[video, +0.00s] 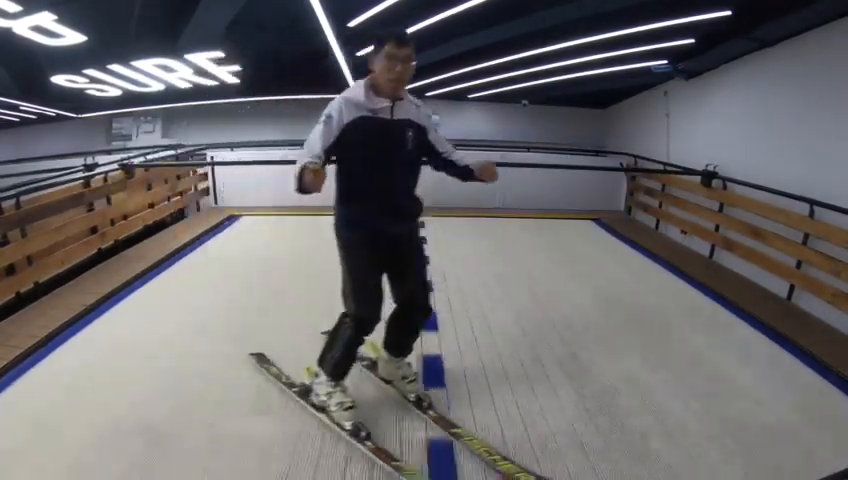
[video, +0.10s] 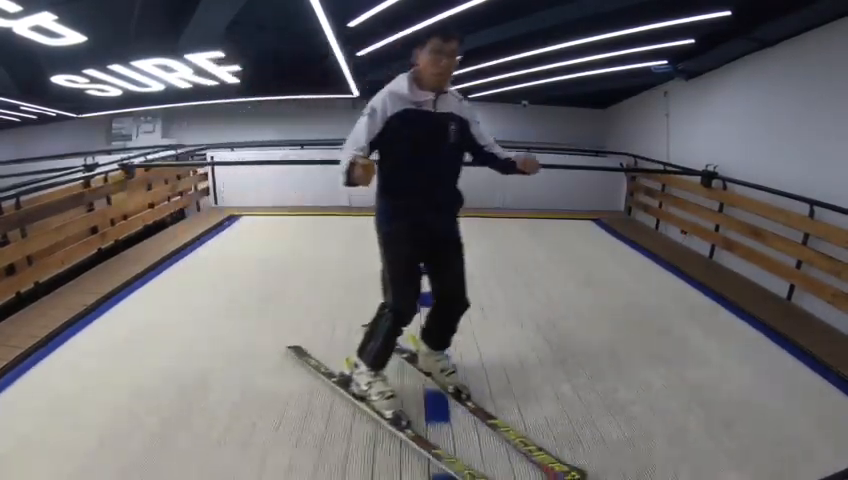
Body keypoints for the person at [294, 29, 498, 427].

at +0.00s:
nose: (400, 71)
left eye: (407, 63)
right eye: (392, 62)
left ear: (413, 67)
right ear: (373, 62)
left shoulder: (416, 114)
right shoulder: (346, 107)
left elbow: (441, 157)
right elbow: (312, 155)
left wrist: (473, 172)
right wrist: (310, 175)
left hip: (402, 224)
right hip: (357, 224)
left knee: (415, 303)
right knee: (364, 311)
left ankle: (392, 361)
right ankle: (326, 380)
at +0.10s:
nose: (445, 64)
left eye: (452, 57)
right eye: (438, 55)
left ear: (457, 63)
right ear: (417, 57)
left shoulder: (459, 107)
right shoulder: (389, 100)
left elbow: (484, 151)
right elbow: (353, 151)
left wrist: (516, 164)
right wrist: (354, 170)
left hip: (442, 217)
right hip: (397, 218)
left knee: (453, 299)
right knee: (403, 303)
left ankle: (430, 352)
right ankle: (366, 369)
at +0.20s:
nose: (491, 66)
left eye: (496, 58)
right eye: (483, 57)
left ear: (500, 62)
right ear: (461, 57)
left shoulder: (496, 110)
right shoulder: (432, 98)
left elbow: (520, 152)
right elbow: (393, 149)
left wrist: (553, 166)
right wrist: (399, 168)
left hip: (477, 213)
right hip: (434, 213)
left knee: (490, 297)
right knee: (443, 298)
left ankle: (470, 348)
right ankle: (414, 359)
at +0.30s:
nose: (531, 73)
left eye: (537, 66)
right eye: (524, 64)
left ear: (540, 70)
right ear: (502, 62)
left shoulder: (529, 113)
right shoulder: (469, 100)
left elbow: (551, 156)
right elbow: (431, 151)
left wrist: (587, 172)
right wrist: (441, 173)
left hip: (510, 214)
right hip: (468, 215)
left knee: (525, 296)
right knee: (481, 301)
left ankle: (507, 343)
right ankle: (465, 353)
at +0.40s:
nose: (563, 79)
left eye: (568, 72)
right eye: (555, 70)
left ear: (572, 76)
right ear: (533, 67)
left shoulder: (558, 119)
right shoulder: (500, 106)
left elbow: (579, 161)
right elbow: (465, 158)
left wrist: (616, 180)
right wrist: (480, 182)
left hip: (540, 216)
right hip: (499, 216)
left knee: (556, 294)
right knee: (518, 300)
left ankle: (544, 340)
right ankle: (510, 351)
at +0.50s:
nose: (587, 83)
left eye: (593, 76)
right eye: (580, 74)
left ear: (598, 79)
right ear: (560, 71)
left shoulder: (584, 121)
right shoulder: (527, 110)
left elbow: (602, 161)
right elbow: (495, 164)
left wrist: (636, 181)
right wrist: (512, 188)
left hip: (567, 218)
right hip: (527, 219)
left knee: (583, 294)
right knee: (547, 298)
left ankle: (576, 342)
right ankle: (548, 353)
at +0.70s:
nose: (625, 93)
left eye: (630, 85)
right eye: (617, 84)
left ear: (633, 86)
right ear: (595, 80)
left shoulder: (625, 128)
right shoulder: (566, 120)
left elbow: (648, 167)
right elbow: (536, 175)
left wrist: (680, 187)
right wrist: (552, 201)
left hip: (610, 231)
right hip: (569, 233)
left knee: (624, 301)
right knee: (589, 305)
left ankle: (627, 349)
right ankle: (598, 363)